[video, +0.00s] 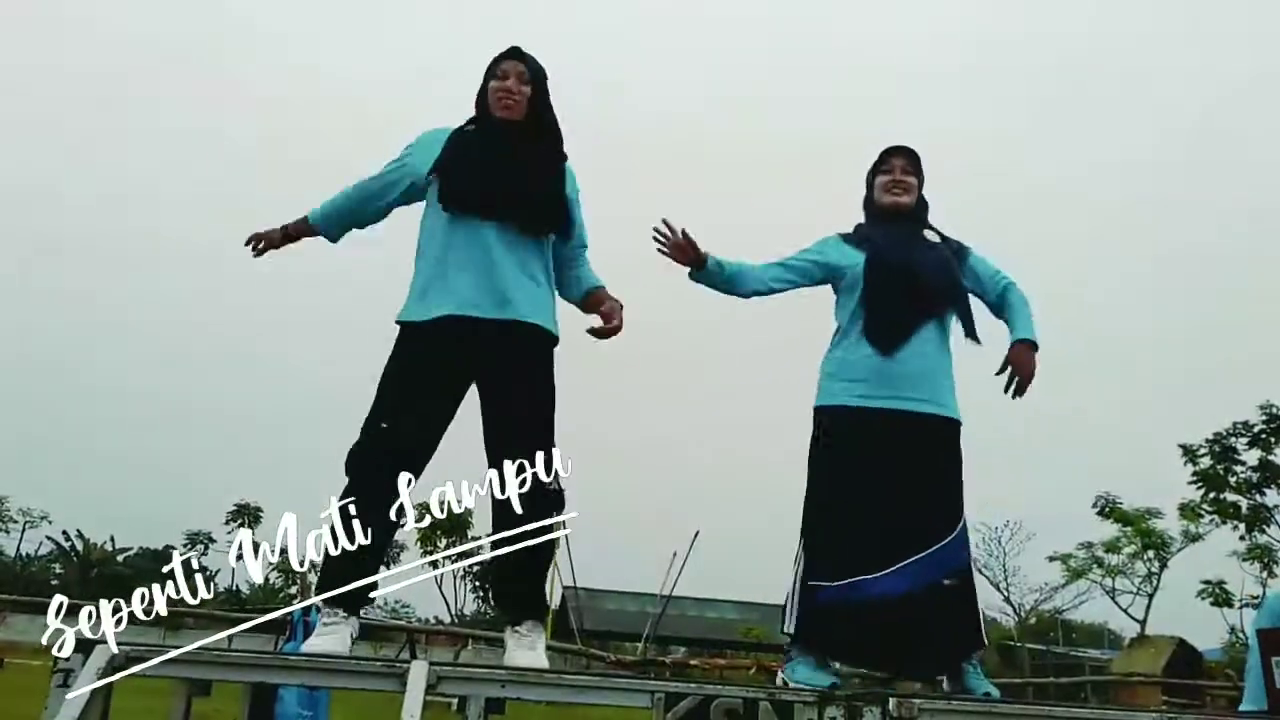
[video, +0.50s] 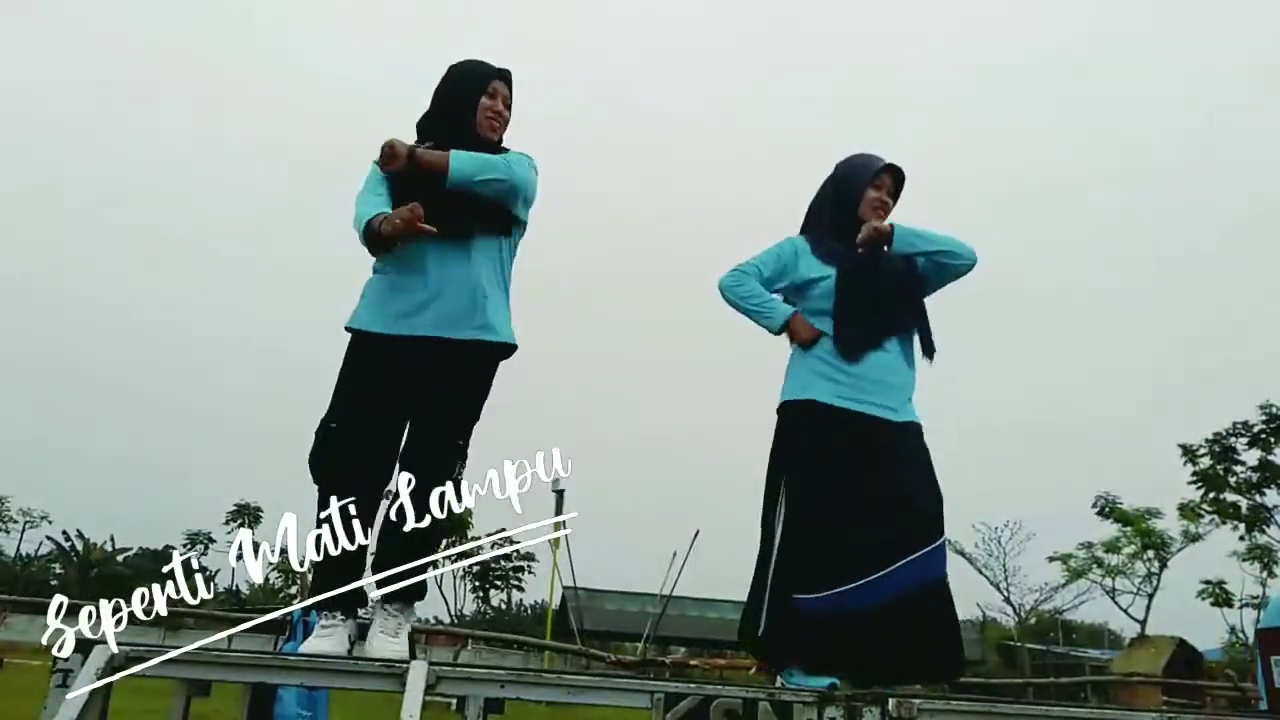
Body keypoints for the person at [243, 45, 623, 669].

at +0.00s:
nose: (509, 87)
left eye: (522, 81)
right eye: (501, 78)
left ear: (540, 98)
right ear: (484, 88)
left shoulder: (557, 172)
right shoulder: (444, 144)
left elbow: (571, 260)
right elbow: (377, 192)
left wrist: (600, 298)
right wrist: (301, 228)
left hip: (524, 328)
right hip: (438, 321)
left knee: (527, 473)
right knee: (383, 460)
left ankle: (525, 620)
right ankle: (340, 609)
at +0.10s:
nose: (505, 92)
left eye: (515, 87)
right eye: (494, 81)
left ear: (522, 104)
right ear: (467, 87)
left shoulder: (534, 176)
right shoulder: (415, 150)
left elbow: (554, 261)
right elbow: (365, 224)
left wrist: (596, 297)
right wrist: (310, 280)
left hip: (496, 336)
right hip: (407, 331)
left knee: (510, 472)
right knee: (368, 469)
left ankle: (518, 612)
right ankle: (342, 611)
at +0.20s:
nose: (502, 94)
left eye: (508, 89)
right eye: (492, 82)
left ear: (510, 103)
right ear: (458, 82)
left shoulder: (518, 167)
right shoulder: (398, 146)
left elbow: (557, 247)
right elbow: (353, 234)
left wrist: (582, 239)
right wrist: (299, 310)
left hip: (482, 324)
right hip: (393, 323)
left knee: (482, 458)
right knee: (359, 463)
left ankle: (481, 593)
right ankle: (340, 609)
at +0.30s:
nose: (495, 93)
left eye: (503, 88)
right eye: (486, 80)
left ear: (506, 103)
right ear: (452, 80)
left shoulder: (512, 159)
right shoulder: (392, 146)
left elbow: (559, 208)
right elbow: (356, 218)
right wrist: (337, 276)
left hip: (471, 315)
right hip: (388, 315)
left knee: (446, 448)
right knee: (359, 456)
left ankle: (430, 586)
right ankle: (339, 609)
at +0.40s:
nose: (497, 106)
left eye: (502, 100)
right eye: (487, 94)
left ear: (504, 112)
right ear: (452, 93)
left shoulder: (513, 163)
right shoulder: (391, 158)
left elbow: (515, 183)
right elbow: (360, 222)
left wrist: (415, 144)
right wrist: (369, 250)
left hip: (461, 329)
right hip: (381, 323)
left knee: (418, 459)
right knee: (345, 454)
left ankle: (392, 607)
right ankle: (338, 607)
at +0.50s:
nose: (499, 111)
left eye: (505, 105)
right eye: (490, 99)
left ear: (508, 116)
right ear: (455, 99)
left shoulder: (516, 167)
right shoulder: (396, 164)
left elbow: (511, 179)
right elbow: (368, 215)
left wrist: (416, 157)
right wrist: (387, 225)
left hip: (469, 338)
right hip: (385, 330)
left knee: (429, 471)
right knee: (346, 460)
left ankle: (395, 609)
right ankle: (338, 608)